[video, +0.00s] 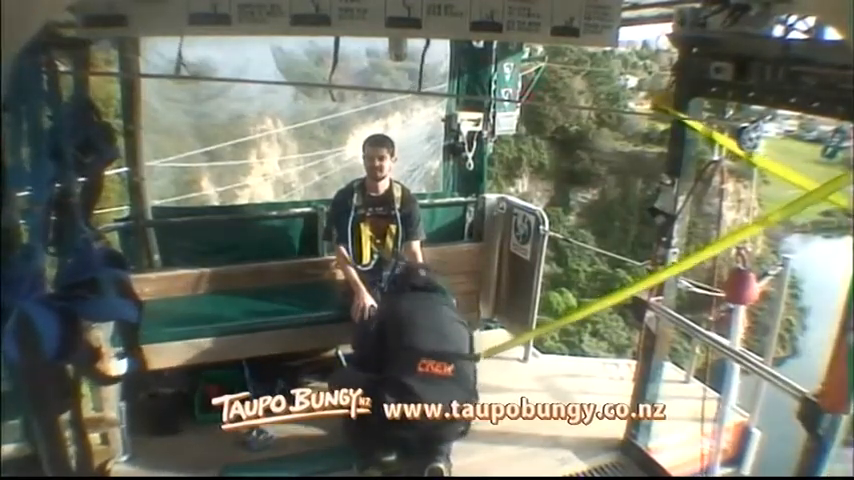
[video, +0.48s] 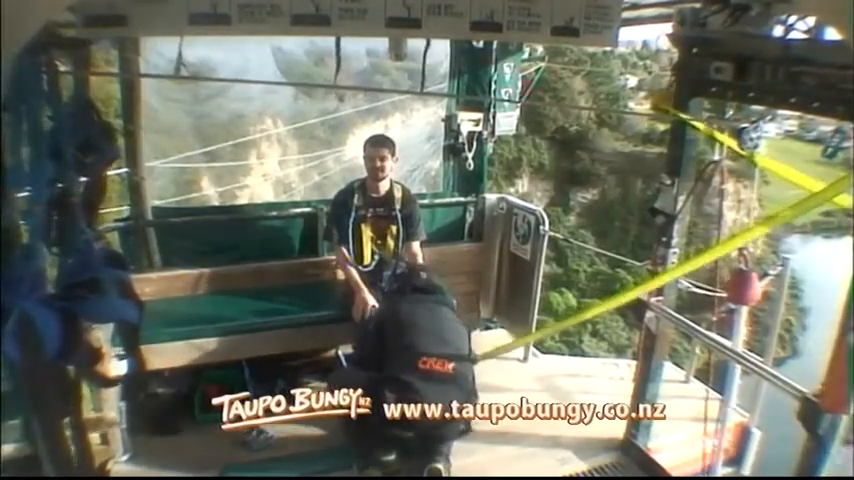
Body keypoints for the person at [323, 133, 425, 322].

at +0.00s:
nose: (375, 164)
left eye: (381, 158)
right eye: (369, 159)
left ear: (393, 160)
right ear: (363, 160)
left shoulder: (405, 199)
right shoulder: (345, 198)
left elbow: (414, 249)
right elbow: (341, 251)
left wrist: (421, 288)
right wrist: (360, 291)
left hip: (398, 278)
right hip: (362, 279)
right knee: (369, 316)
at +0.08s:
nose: (375, 165)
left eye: (381, 159)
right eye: (369, 159)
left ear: (393, 160)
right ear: (363, 160)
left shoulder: (405, 199)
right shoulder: (345, 198)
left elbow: (413, 249)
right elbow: (341, 253)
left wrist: (420, 288)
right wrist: (360, 292)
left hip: (398, 277)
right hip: (362, 279)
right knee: (369, 317)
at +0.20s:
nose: (376, 165)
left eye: (382, 159)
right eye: (370, 159)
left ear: (394, 161)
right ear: (363, 160)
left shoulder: (405, 198)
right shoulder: (345, 198)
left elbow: (414, 248)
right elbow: (341, 253)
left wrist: (421, 288)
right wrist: (360, 291)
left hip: (398, 277)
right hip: (362, 278)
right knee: (369, 316)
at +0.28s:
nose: (376, 165)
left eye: (382, 159)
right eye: (370, 159)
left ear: (394, 161)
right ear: (364, 161)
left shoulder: (405, 198)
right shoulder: (345, 198)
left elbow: (414, 248)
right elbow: (341, 253)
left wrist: (423, 287)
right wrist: (360, 292)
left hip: (398, 277)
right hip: (362, 279)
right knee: (369, 316)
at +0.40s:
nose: (376, 164)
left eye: (382, 158)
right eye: (370, 159)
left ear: (394, 161)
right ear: (364, 160)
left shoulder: (405, 198)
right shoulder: (345, 199)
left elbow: (414, 248)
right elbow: (341, 252)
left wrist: (423, 287)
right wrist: (360, 291)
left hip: (398, 278)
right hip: (362, 280)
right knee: (370, 316)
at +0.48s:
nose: (376, 165)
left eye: (382, 159)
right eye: (370, 159)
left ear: (394, 161)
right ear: (363, 161)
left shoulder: (405, 198)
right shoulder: (345, 199)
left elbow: (414, 249)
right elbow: (342, 253)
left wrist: (421, 288)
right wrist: (360, 291)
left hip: (398, 278)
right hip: (362, 280)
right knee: (370, 315)